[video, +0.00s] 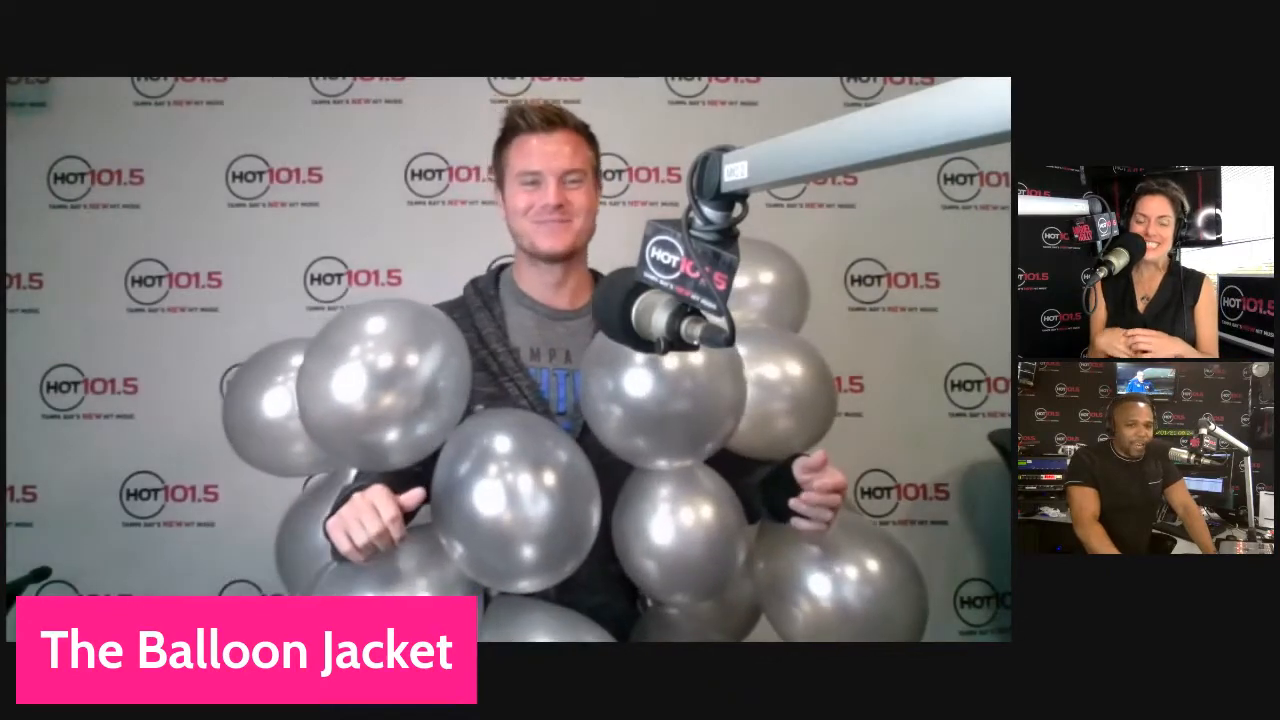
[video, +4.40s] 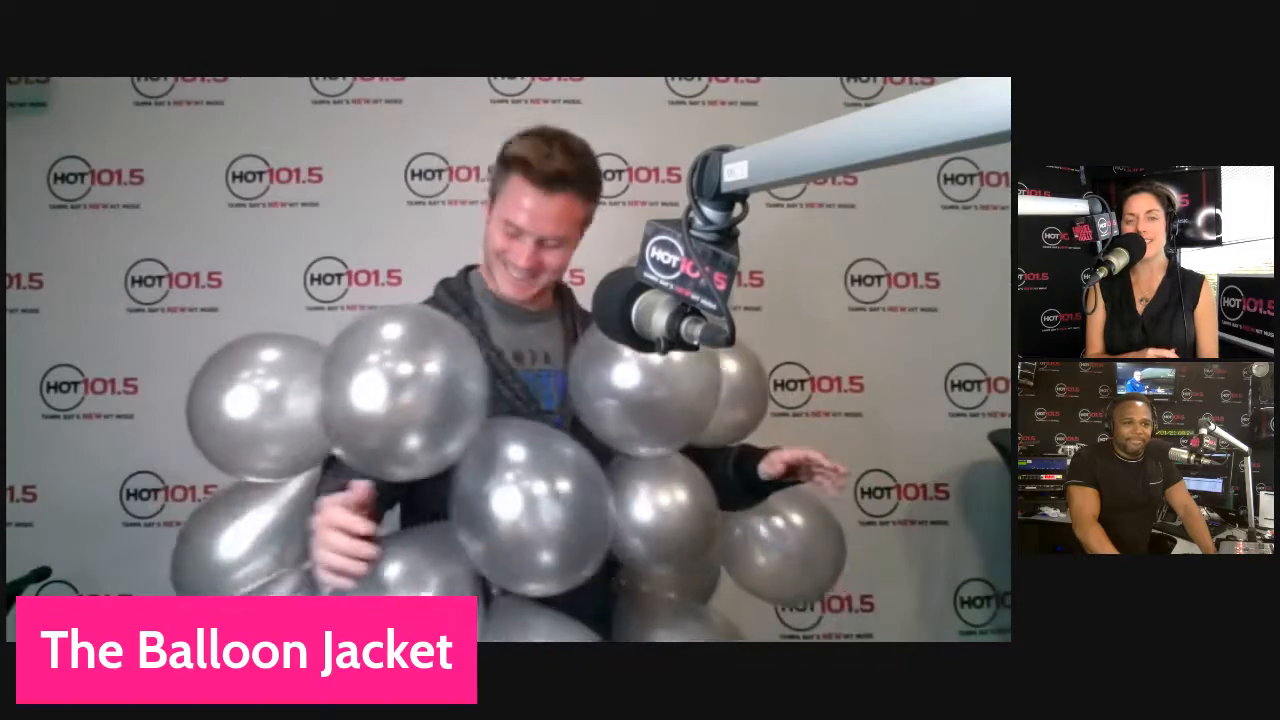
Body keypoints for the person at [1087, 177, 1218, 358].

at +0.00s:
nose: (1150, 231)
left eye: (1163, 223)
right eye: (1141, 220)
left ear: (1177, 230)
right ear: (1127, 224)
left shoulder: (1198, 287)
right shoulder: (1104, 285)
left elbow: (1211, 361)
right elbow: (1093, 359)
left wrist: (1179, 347)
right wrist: (1099, 342)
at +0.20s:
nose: (1150, 231)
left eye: (1163, 222)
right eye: (1141, 220)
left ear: (1177, 230)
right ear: (1128, 224)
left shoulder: (1198, 287)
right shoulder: (1104, 286)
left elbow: (1211, 360)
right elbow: (1093, 356)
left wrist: (1171, 345)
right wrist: (1110, 347)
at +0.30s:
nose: (1150, 231)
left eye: (1163, 222)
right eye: (1141, 220)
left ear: (1177, 230)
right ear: (1127, 224)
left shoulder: (1198, 286)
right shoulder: (1104, 286)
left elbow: (1211, 361)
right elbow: (1094, 355)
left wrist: (1162, 344)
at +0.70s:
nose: (1148, 228)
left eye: (1162, 220)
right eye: (1140, 218)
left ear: (1176, 230)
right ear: (1128, 223)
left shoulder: (1198, 285)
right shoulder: (1104, 285)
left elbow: (1210, 360)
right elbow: (1094, 355)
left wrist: (1163, 345)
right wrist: (1113, 349)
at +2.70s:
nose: (1140, 228)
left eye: (1152, 218)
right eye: (1130, 220)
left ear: (1168, 225)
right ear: (1120, 228)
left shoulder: (1197, 287)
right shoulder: (1101, 289)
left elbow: (1210, 364)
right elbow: (1094, 359)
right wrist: (1136, 356)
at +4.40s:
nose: (1140, 228)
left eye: (1152, 218)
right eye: (1130, 220)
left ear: (1168, 223)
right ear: (1120, 227)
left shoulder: (1196, 288)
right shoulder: (1101, 289)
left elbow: (1209, 367)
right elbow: (1093, 359)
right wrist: (1138, 357)